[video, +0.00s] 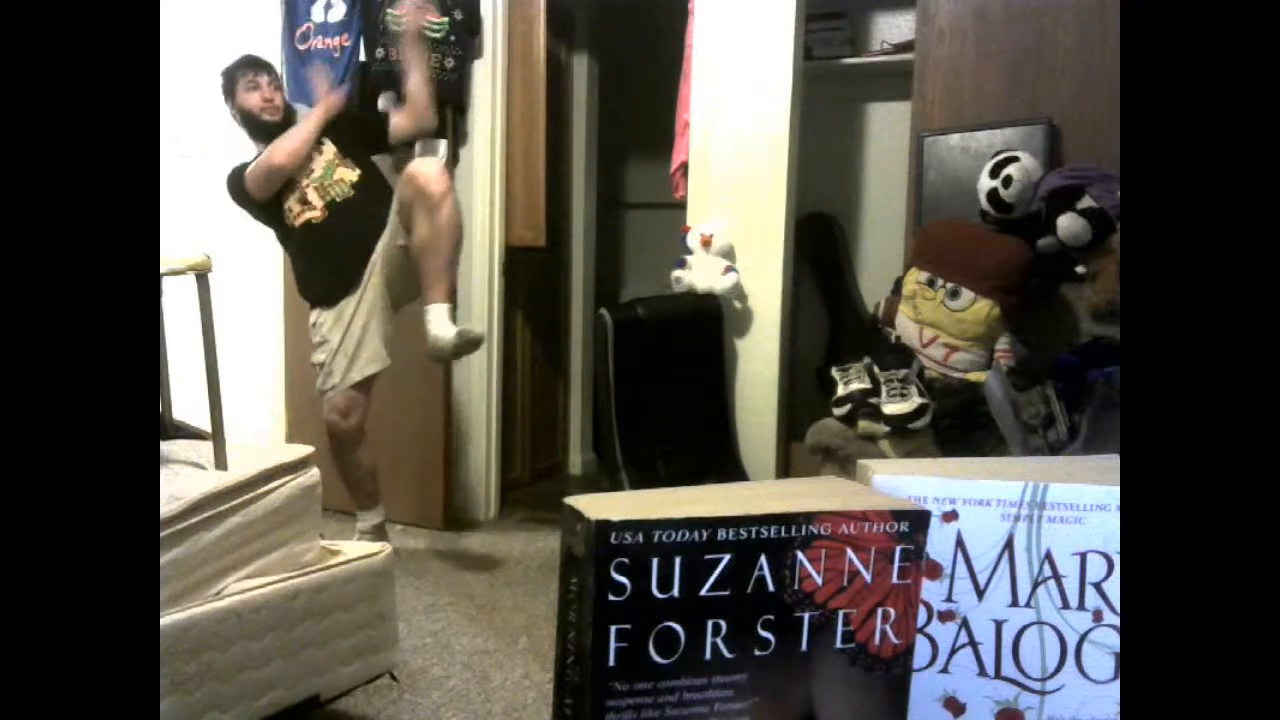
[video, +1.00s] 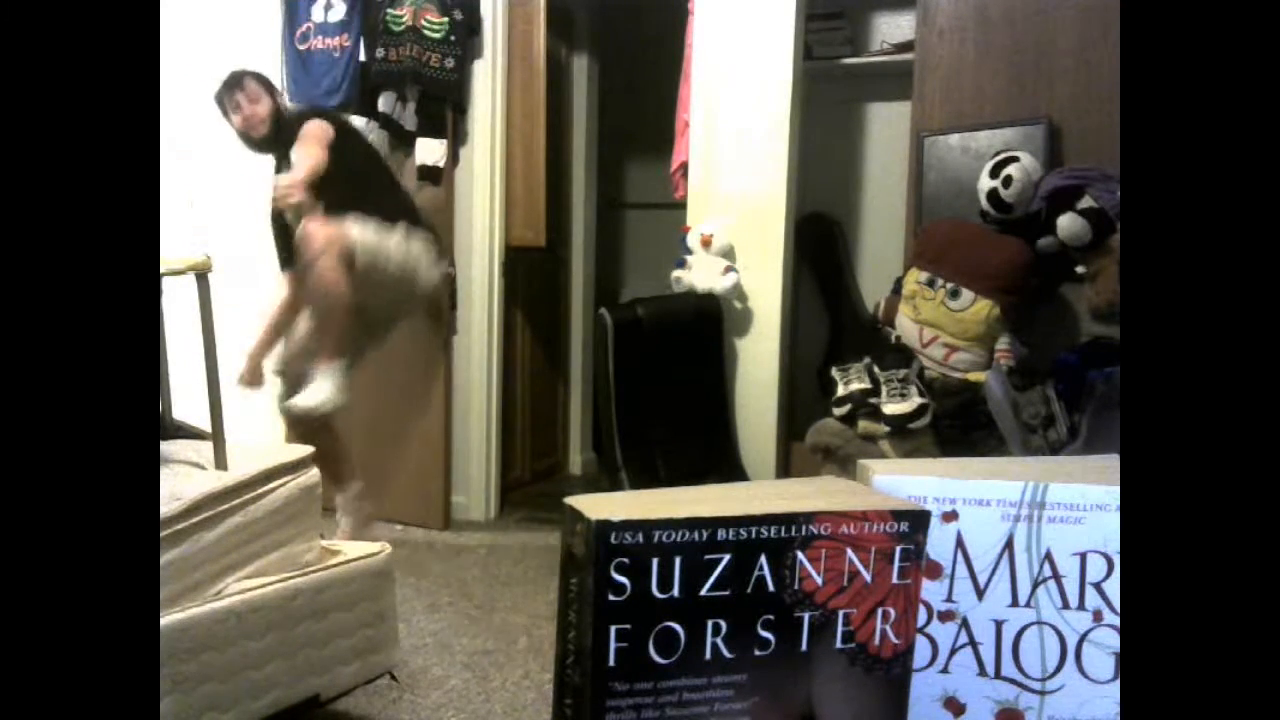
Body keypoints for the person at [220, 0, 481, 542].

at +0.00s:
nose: (265, 90)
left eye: (269, 81)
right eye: (250, 87)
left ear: (282, 89)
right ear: (236, 108)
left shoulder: (335, 124)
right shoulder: (244, 180)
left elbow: (420, 117)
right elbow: (279, 166)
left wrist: (412, 39)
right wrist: (322, 110)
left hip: (390, 253)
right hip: (337, 302)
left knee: (427, 175)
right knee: (342, 420)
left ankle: (440, 323)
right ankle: (372, 526)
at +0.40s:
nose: (268, 98)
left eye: (270, 89)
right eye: (254, 95)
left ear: (284, 94)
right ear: (243, 114)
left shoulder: (340, 122)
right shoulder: (258, 178)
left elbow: (370, 54)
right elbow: (243, 128)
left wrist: (331, 4)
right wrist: (268, 45)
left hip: (392, 245)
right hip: (336, 290)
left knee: (434, 151)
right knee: (340, 414)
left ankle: (437, 297)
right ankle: (370, 524)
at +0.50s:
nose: (262, 92)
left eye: (265, 81)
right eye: (251, 92)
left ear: (286, 85)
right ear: (247, 114)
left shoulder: (339, 114)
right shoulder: (262, 182)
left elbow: (362, 28)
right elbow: (210, 168)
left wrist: (311, 4)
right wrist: (212, 103)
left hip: (390, 250)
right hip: (337, 297)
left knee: (415, 168)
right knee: (344, 414)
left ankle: (425, 311)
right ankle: (372, 524)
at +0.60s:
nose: (260, 82)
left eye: (266, 70)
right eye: (249, 78)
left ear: (286, 70)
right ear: (240, 94)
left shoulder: (329, 95)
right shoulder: (267, 175)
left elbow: (346, 15)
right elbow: (220, 225)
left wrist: (289, 9)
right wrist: (196, 176)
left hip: (399, 234)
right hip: (345, 278)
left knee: (384, 157)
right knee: (358, 404)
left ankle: (402, 300)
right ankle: (375, 518)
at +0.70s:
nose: (258, 82)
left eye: (264, 69)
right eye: (244, 79)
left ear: (282, 70)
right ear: (236, 96)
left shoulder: (324, 95)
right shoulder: (265, 177)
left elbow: (336, 24)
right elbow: (237, 248)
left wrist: (300, 19)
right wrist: (212, 224)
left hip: (409, 236)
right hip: (353, 277)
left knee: (362, 162)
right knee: (363, 405)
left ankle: (391, 301)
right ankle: (376, 523)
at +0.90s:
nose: (246, 103)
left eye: (251, 89)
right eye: (234, 100)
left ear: (271, 88)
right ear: (228, 115)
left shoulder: (311, 117)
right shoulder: (278, 188)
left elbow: (329, 158)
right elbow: (285, 274)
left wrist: (297, 195)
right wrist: (251, 300)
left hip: (410, 245)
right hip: (355, 276)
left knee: (327, 210)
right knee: (333, 399)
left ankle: (359, 343)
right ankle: (369, 517)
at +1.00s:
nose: (245, 114)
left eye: (250, 100)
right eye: (234, 111)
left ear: (272, 96)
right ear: (232, 125)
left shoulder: (312, 123)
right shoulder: (282, 188)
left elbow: (313, 147)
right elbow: (297, 284)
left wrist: (297, 179)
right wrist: (258, 354)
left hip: (412, 260)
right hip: (356, 292)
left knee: (320, 234)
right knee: (296, 387)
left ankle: (329, 369)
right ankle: (350, 500)